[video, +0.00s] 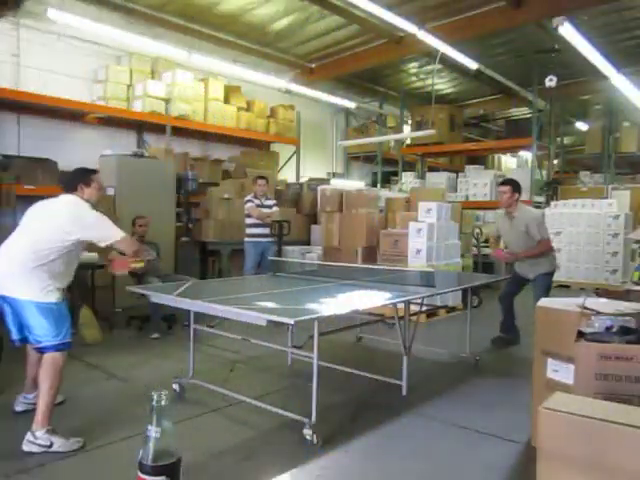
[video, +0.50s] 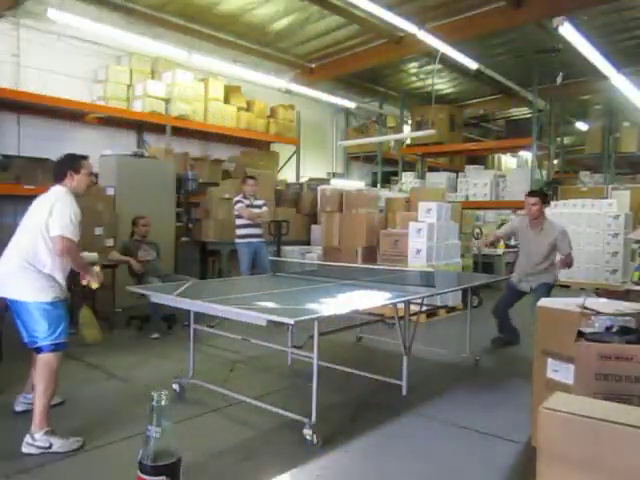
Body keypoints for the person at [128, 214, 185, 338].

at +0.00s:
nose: (143, 229)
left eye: (145, 226)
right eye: (140, 226)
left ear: (148, 228)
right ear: (133, 228)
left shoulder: (154, 246)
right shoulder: (128, 246)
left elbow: (157, 265)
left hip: (158, 275)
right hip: (143, 276)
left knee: (191, 282)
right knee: (157, 287)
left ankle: (189, 320)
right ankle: (154, 328)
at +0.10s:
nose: (146, 229)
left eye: (148, 226)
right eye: (143, 226)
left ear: (150, 228)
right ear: (134, 228)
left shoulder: (154, 245)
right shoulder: (128, 245)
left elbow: (158, 262)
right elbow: (115, 257)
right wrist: (130, 261)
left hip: (159, 275)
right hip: (143, 276)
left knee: (189, 282)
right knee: (157, 288)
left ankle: (189, 320)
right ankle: (154, 328)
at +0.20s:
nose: (146, 229)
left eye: (148, 226)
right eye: (143, 226)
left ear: (150, 227)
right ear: (134, 228)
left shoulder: (154, 245)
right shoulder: (128, 245)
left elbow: (157, 262)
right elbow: (111, 256)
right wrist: (130, 260)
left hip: (159, 275)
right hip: (144, 277)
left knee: (189, 282)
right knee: (157, 289)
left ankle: (190, 320)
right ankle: (154, 328)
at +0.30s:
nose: (147, 229)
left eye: (148, 226)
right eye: (143, 226)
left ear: (150, 227)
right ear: (135, 228)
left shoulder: (154, 245)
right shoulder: (128, 244)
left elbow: (158, 262)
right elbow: (112, 256)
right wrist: (130, 260)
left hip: (160, 275)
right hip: (144, 276)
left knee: (190, 282)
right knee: (157, 289)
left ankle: (190, 320)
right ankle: (154, 328)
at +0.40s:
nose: (146, 229)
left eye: (148, 226)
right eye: (143, 226)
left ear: (150, 227)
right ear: (134, 228)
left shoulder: (154, 245)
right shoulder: (128, 245)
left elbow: (157, 262)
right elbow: (111, 256)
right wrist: (130, 260)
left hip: (160, 275)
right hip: (144, 277)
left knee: (190, 282)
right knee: (157, 289)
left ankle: (189, 320)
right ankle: (154, 328)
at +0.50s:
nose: (147, 229)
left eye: (148, 226)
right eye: (143, 226)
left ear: (150, 227)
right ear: (135, 228)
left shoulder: (154, 245)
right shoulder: (128, 245)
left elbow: (157, 262)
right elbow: (111, 256)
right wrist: (130, 260)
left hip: (160, 275)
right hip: (144, 276)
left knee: (190, 282)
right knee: (157, 288)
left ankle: (190, 320)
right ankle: (154, 328)